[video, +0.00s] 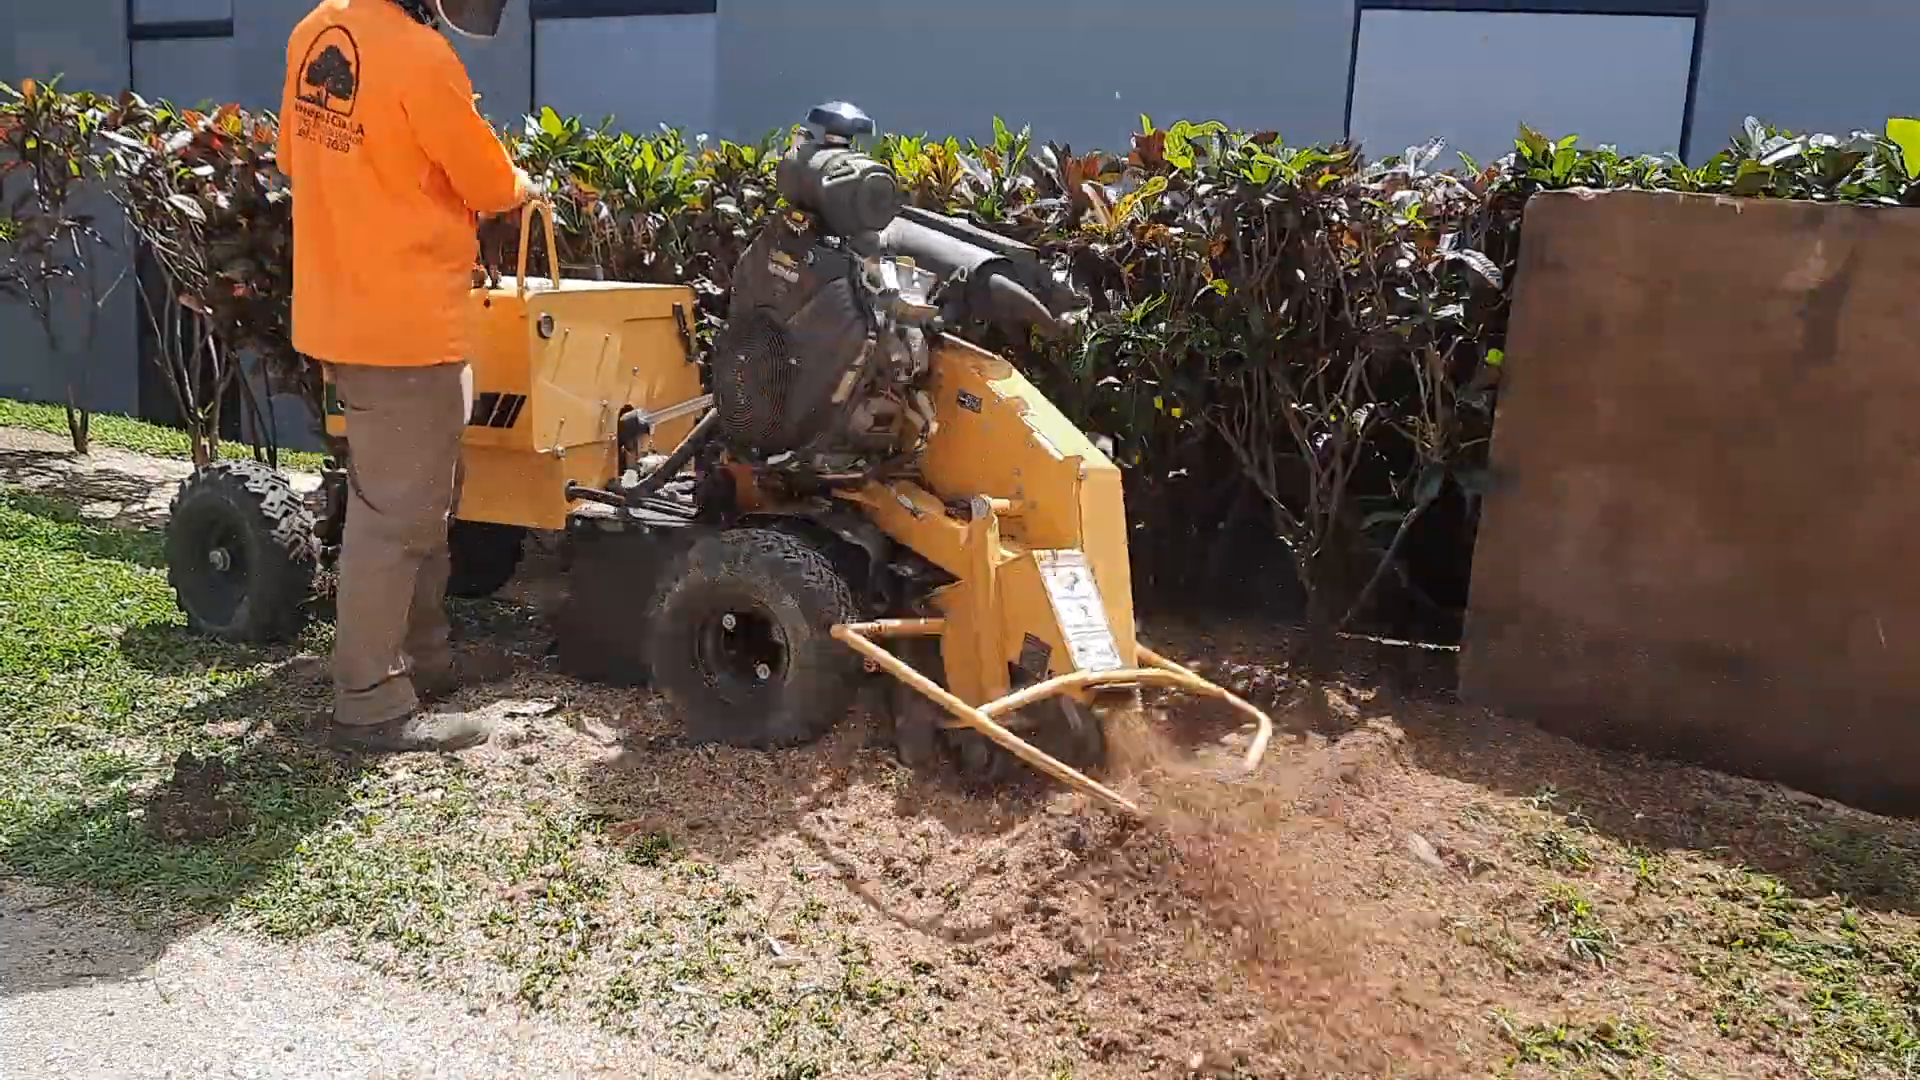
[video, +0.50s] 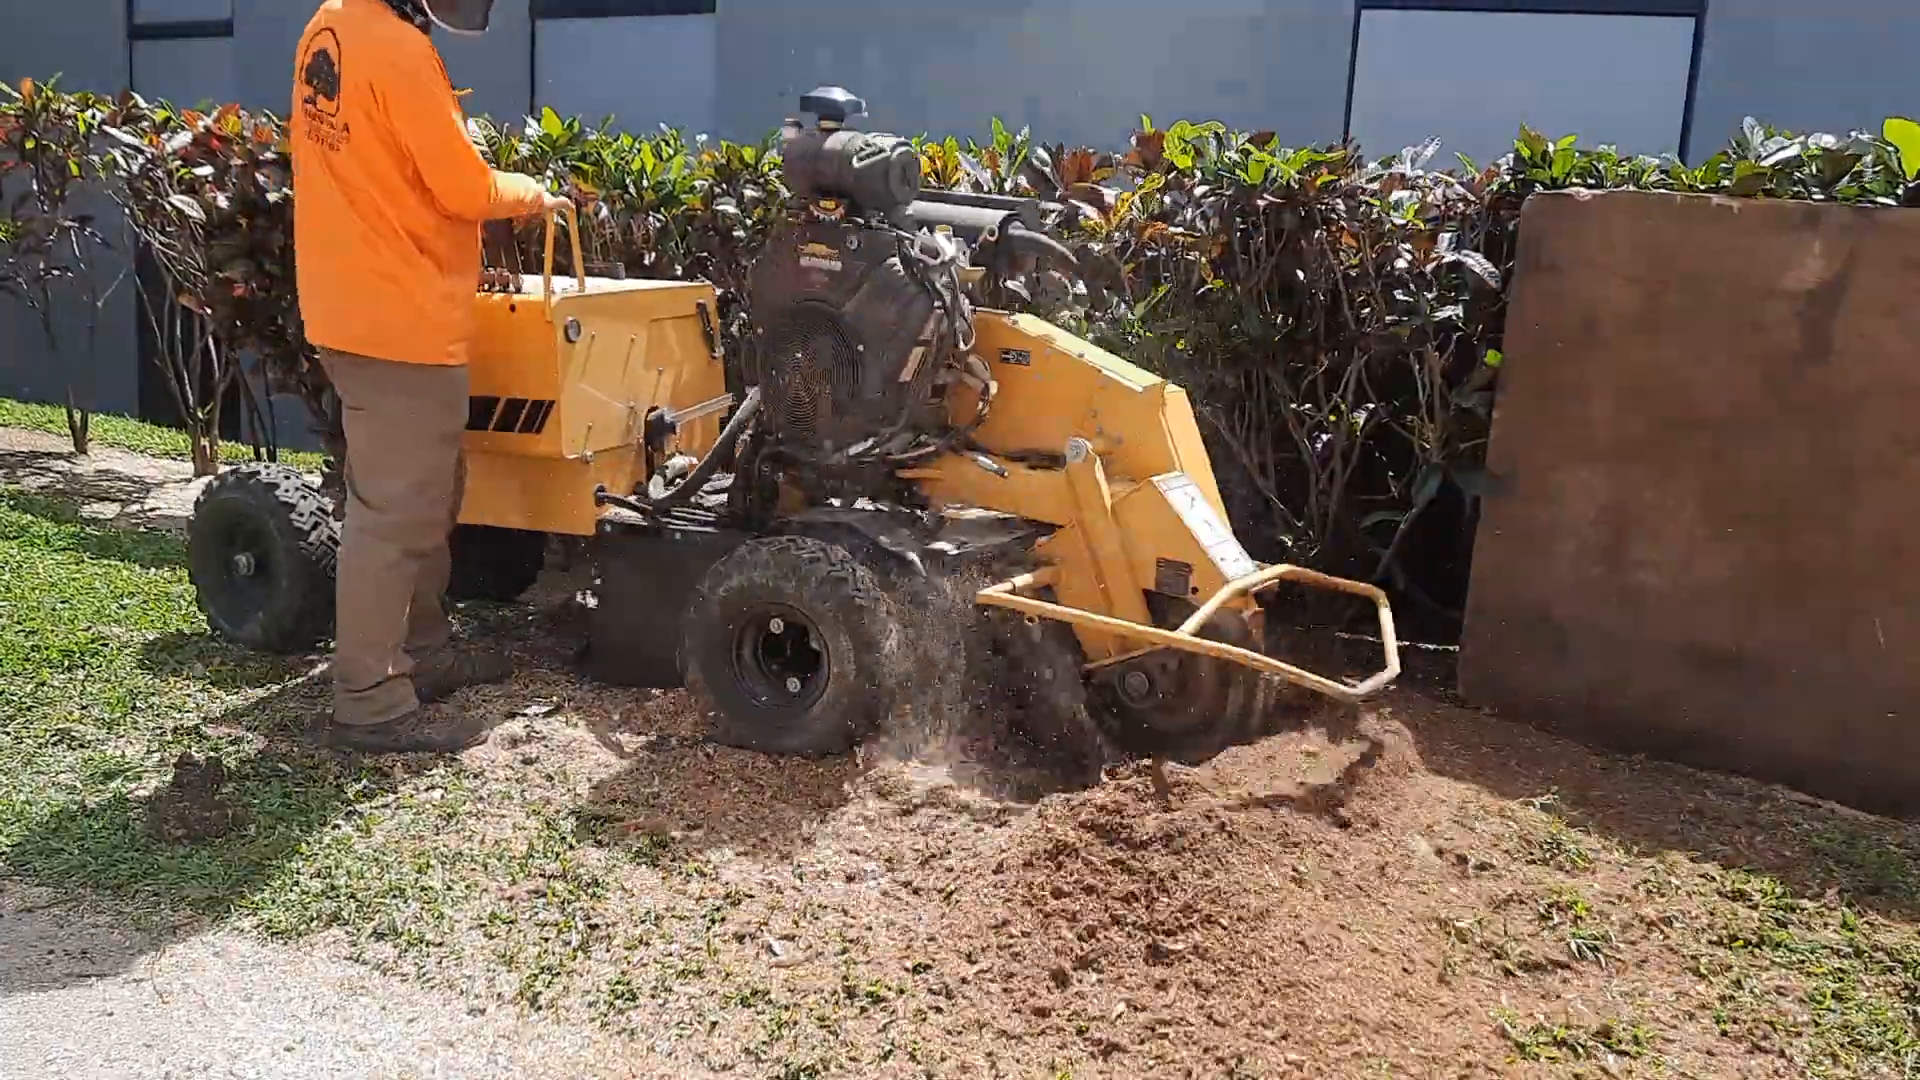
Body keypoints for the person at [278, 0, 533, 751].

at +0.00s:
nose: (469, 24)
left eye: (473, 18)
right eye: (469, 15)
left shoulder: (317, 25)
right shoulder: (420, 54)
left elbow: (295, 158)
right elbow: (494, 187)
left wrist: (437, 183)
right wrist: (521, 182)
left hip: (346, 316)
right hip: (403, 328)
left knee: (424, 496)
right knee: (391, 514)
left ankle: (425, 653)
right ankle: (369, 704)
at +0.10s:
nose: (481, 16)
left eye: (483, 9)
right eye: (480, 6)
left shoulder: (317, 24)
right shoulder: (420, 50)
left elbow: (309, 163)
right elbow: (490, 191)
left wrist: (458, 196)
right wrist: (516, 197)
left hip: (349, 317)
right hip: (399, 328)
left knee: (422, 497)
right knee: (389, 514)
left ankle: (425, 656)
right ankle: (371, 706)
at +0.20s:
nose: (473, 23)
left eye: (479, 19)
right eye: (474, 16)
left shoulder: (329, 31)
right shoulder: (433, 53)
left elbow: (296, 159)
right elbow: (501, 197)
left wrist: (399, 170)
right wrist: (535, 194)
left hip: (359, 319)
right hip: (412, 329)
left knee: (434, 490)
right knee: (395, 515)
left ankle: (423, 660)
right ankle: (370, 708)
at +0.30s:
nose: (465, 12)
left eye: (464, 7)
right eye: (460, 5)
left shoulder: (353, 28)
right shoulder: (394, 40)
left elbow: (296, 127)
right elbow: (467, 173)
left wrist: (401, 162)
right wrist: (519, 193)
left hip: (391, 322)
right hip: (386, 328)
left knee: (443, 482)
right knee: (388, 511)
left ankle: (419, 652)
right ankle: (369, 705)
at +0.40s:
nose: (476, 27)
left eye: (481, 19)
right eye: (477, 16)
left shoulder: (335, 20)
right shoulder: (417, 61)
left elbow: (366, 160)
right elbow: (474, 201)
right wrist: (540, 197)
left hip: (351, 312)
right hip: (406, 323)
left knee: (419, 494)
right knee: (398, 508)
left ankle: (425, 657)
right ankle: (369, 708)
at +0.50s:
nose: (463, 21)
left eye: (467, 15)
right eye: (463, 11)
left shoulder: (329, 26)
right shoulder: (402, 51)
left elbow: (383, 167)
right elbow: (464, 189)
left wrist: (495, 189)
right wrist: (535, 195)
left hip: (355, 318)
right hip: (401, 326)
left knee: (422, 495)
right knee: (396, 509)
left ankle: (424, 659)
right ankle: (370, 707)